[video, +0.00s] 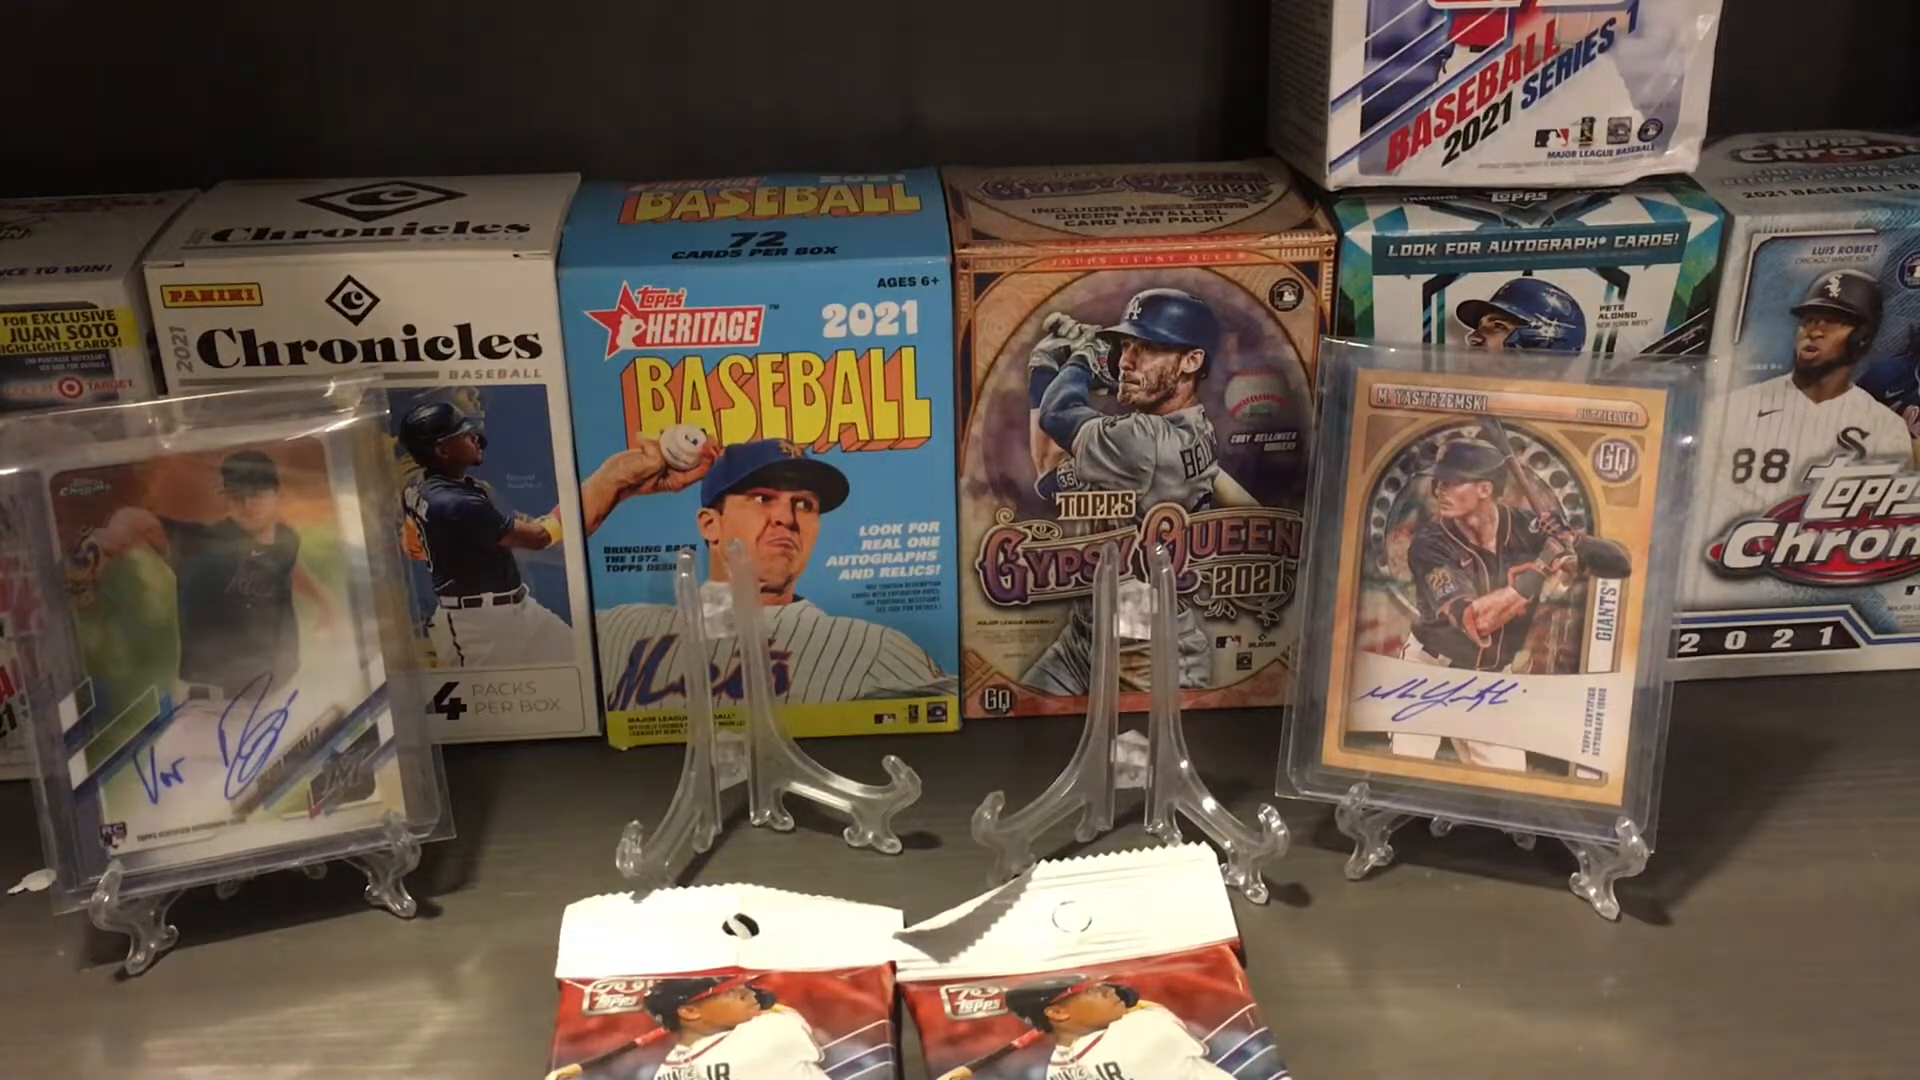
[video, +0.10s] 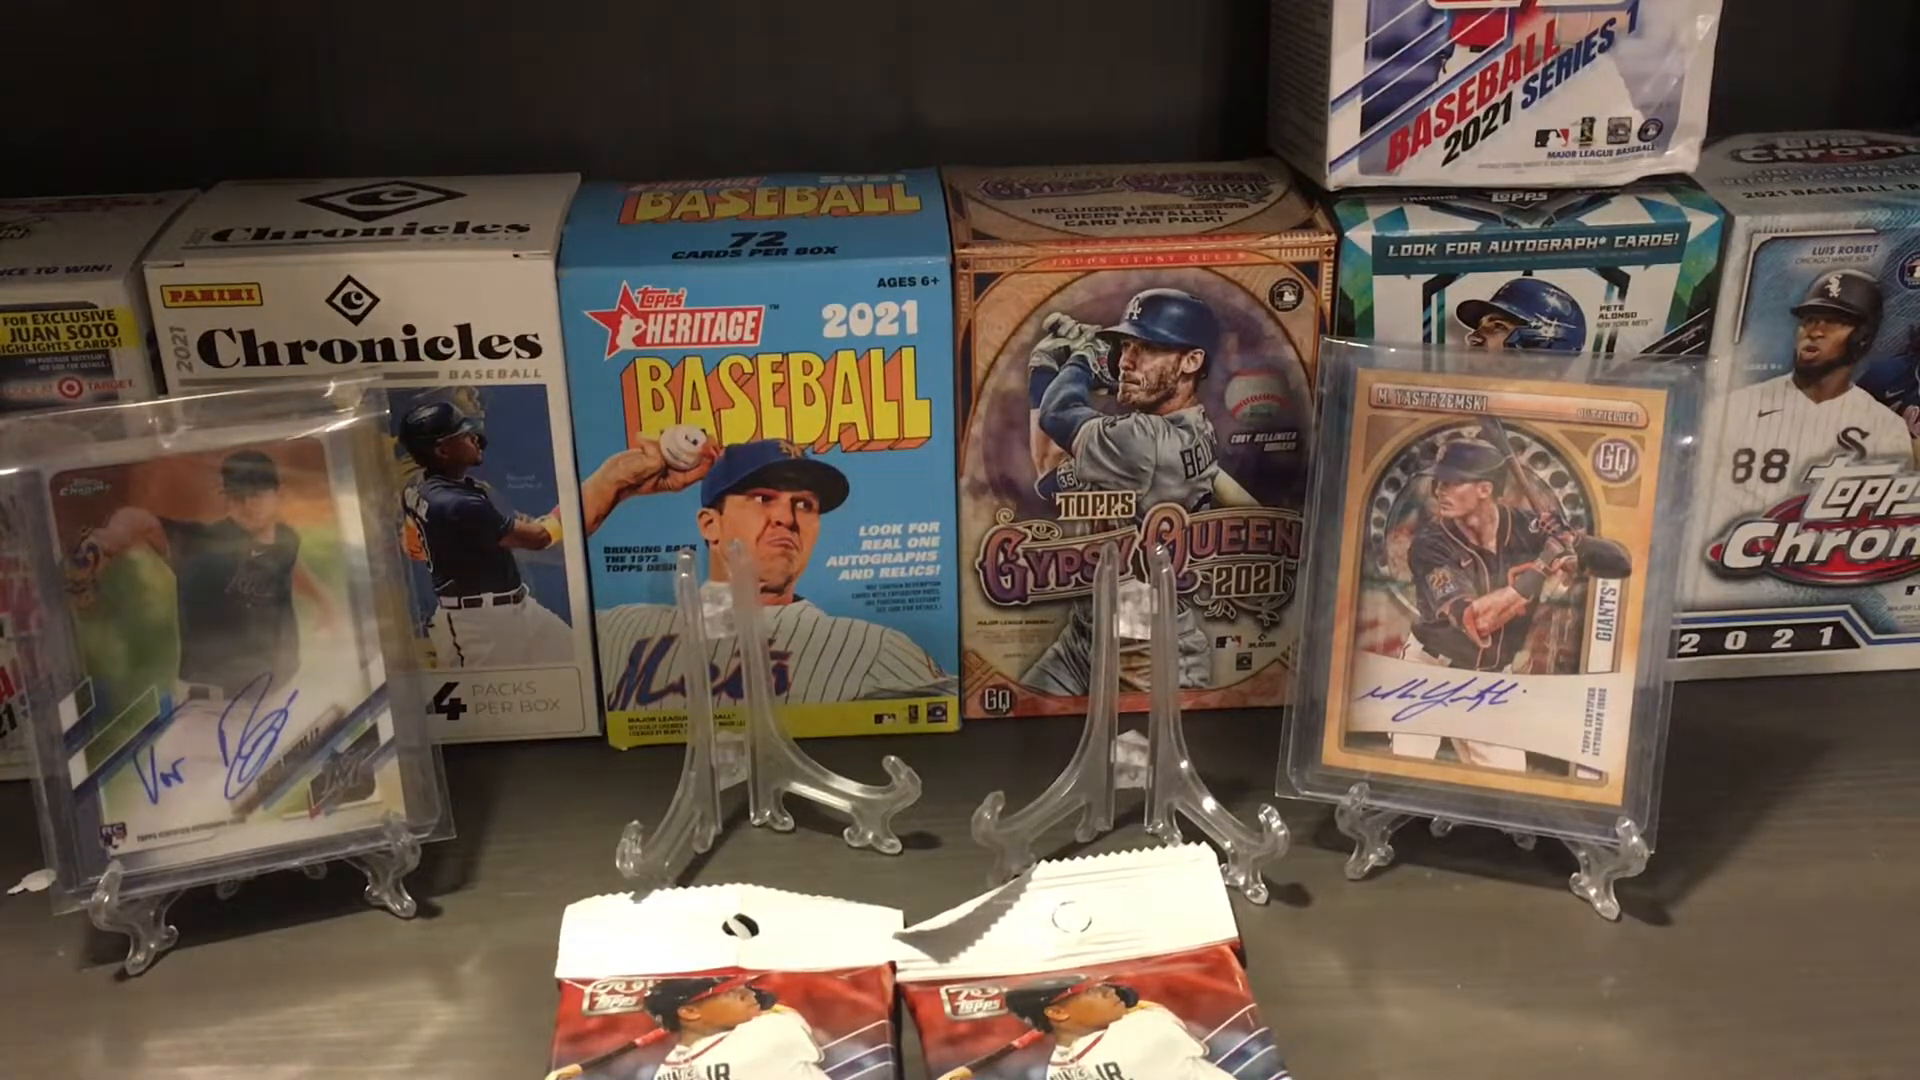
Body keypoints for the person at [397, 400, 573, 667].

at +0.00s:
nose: (474, 435)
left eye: (468, 429)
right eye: (463, 433)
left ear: (443, 451)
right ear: (442, 450)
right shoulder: (460, 506)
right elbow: (539, 537)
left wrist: (537, 524)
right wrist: (573, 507)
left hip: (519, 609)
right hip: (475, 623)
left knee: (587, 663)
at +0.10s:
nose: (474, 435)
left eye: (468, 430)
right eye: (463, 433)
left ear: (443, 451)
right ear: (442, 450)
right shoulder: (460, 507)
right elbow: (538, 537)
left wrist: (535, 524)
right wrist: (572, 507)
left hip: (520, 609)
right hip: (475, 623)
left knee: (587, 662)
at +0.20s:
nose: (474, 435)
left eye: (468, 430)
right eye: (463, 433)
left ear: (443, 452)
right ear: (442, 450)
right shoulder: (461, 506)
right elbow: (538, 537)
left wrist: (532, 524)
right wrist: (574, 506)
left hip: (519, 609)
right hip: (475, 623)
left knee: (587, 662)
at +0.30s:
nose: (474, 436)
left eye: (468, 430)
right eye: (464, 433)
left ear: (443, 451)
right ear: (442, 450)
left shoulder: (421, 488)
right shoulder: (460, 506)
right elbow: (538, 537)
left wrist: (531, 524)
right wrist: (574, 506)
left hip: (520, 609)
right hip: (475, 623)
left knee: (587, 662)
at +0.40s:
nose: (474, 436)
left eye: (468, 430)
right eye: (464, 433)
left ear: (443, 451)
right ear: (442, 450)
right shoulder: (460, 506)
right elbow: (538, 537)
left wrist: (532, 524)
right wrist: (574, 506)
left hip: (520, 609)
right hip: (475, 623)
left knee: (587, 662)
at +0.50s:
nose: (475, 435)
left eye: (468, 430)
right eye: (464, 433)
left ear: (443, 451)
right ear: (442, 450)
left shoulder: (421, 489)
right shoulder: (461, 506)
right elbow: (538, 537)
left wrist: (533, 523)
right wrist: (573, 506)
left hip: (521, 609)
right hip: (477, 623)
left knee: (587, 663)